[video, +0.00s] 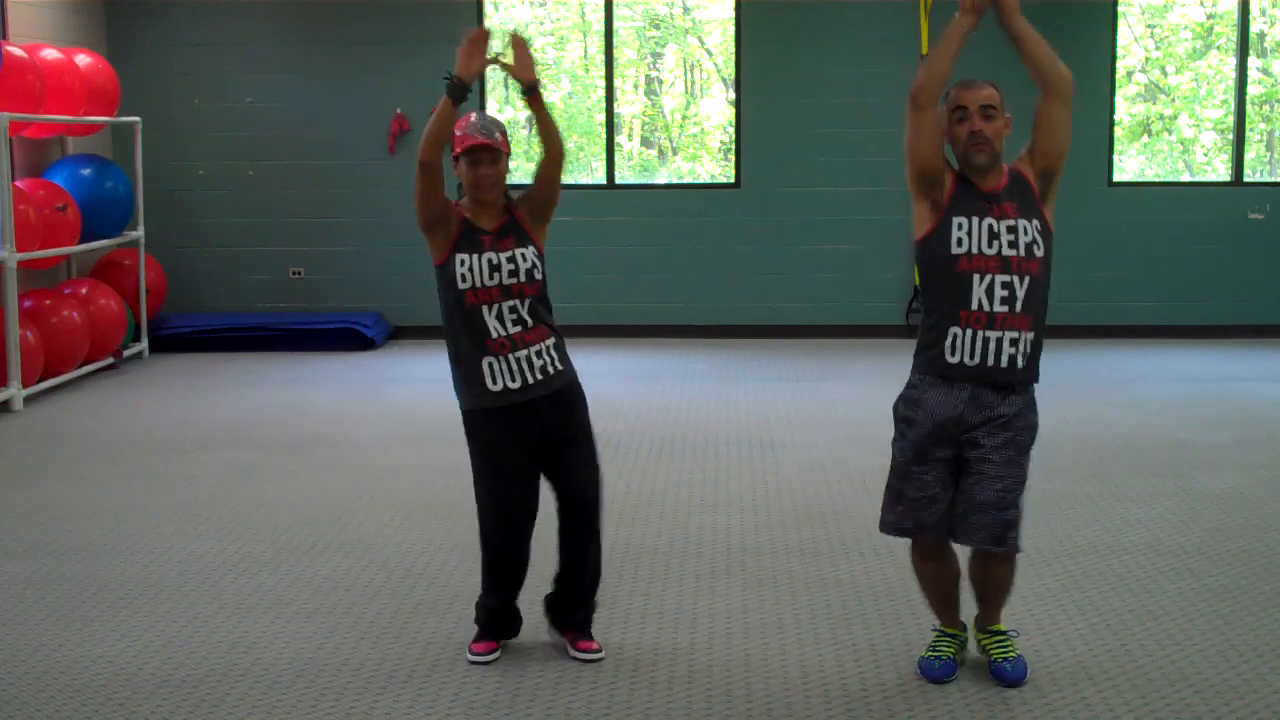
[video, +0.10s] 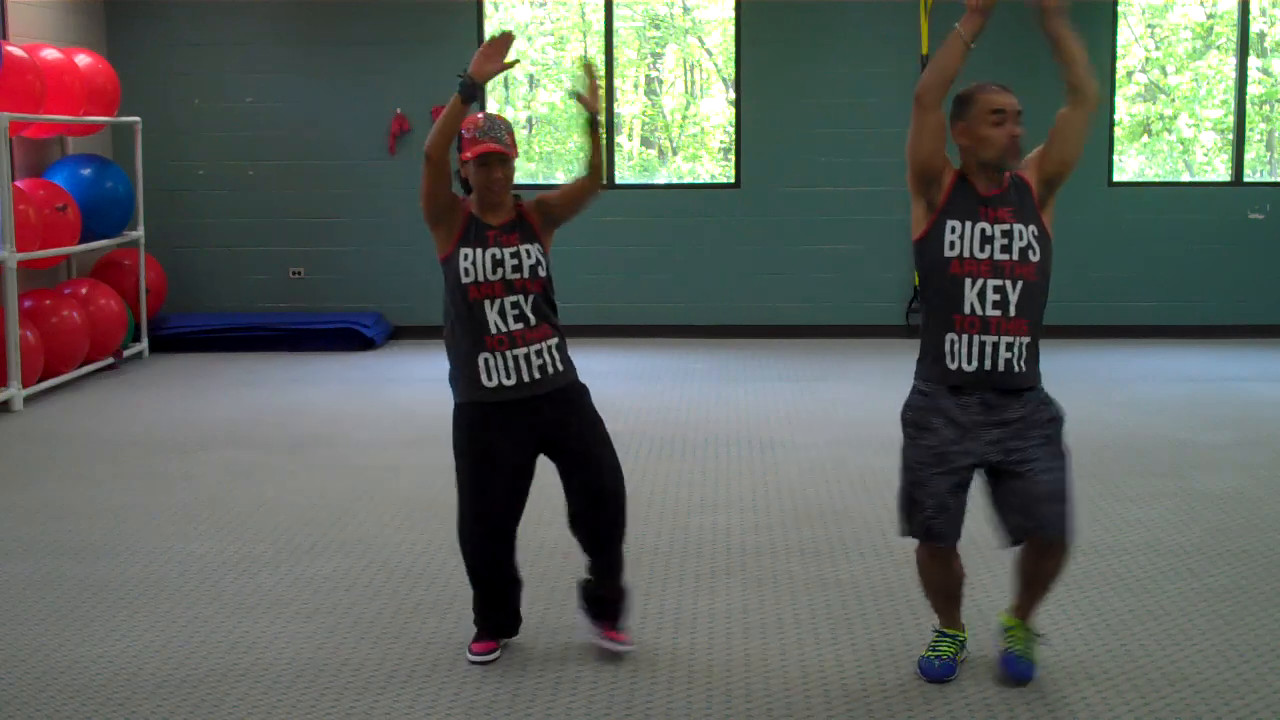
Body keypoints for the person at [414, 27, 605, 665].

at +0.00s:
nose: (484, 168)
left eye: (491, 158)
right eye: (474, 159)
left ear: (506, 165)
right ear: (459, 169)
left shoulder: (528, 219)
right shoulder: (445, 229)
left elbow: (553, 155)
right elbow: (426, 160)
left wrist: (532, 90)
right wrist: (459, 81)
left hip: (558, 394)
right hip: (492, 408)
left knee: (583, 510)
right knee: (503, 523)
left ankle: (573, 619)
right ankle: (494, 624)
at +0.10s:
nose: (492, 170)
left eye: (500, 160)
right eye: (482, 161)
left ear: (515, 165)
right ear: (464, 168)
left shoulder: (538, 215)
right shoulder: (451, 222)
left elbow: (596, 179)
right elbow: (434, 156)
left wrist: (596, 118)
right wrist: (471, 82)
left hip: (556, 392)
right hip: (484, 404)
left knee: (604, 491)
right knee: (483, 524)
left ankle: (605, 606)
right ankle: (493, 623)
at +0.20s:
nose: (501, 172)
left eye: (509, 161)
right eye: (491, 163)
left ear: (523, 165)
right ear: (472, 169)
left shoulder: (550, 216)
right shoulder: (460, 222)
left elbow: (615, 217)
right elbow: (445, 152)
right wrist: (480, 82)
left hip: (559, 399)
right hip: (486, 406)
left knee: (608, 509)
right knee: (470, 528)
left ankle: (654, 609)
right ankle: (491, 622)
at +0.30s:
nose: (509, 173)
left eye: (518, 163)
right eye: (500, 165)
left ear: (536, 168)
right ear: (486, 173)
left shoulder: (568, 227)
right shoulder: (476, 226)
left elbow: (637, 253)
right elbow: (452, 157)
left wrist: (702, 272)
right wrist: (487, 86)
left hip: (567, 406)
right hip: (493, 411)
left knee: (612, 515)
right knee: (472, 525)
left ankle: (668, 618)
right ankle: (489, 623)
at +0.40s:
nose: (522, 175)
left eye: (532, 165)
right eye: (512, 167)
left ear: (550, 170)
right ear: (500, 177)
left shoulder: (583, 233)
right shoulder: (492, 230)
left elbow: (641, 289)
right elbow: (463, 169)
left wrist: (684, 348)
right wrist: (488, 98)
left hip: (585, 408)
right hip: (512, 410)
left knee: (621, 519)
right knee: (469, 514)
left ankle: (670, 624)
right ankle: (484, 621)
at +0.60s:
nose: (525, 187)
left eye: (535, 176)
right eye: (516, 178)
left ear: (554, 179)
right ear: (505, 184)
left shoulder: (585, 241)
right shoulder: (495, 238)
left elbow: (636, 309)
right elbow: (456, 185)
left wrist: (628, 368)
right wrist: (477, 122)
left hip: (586, 413)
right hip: (514, 417)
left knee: (625, 527)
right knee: (474, 524)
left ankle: (670, 627)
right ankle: (441, 619)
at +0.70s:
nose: (510, 185)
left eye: (520, 175)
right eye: (500, 176)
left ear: (541, 181)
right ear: (489, 183)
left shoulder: (567, 238)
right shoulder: (478, 237)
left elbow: (620, 294)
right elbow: (438, 190)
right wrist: (468, 129)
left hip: (565, 413)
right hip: (495, 417)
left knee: (615, 526)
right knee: (470, 531)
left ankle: (668, 628)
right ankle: (440, 626)